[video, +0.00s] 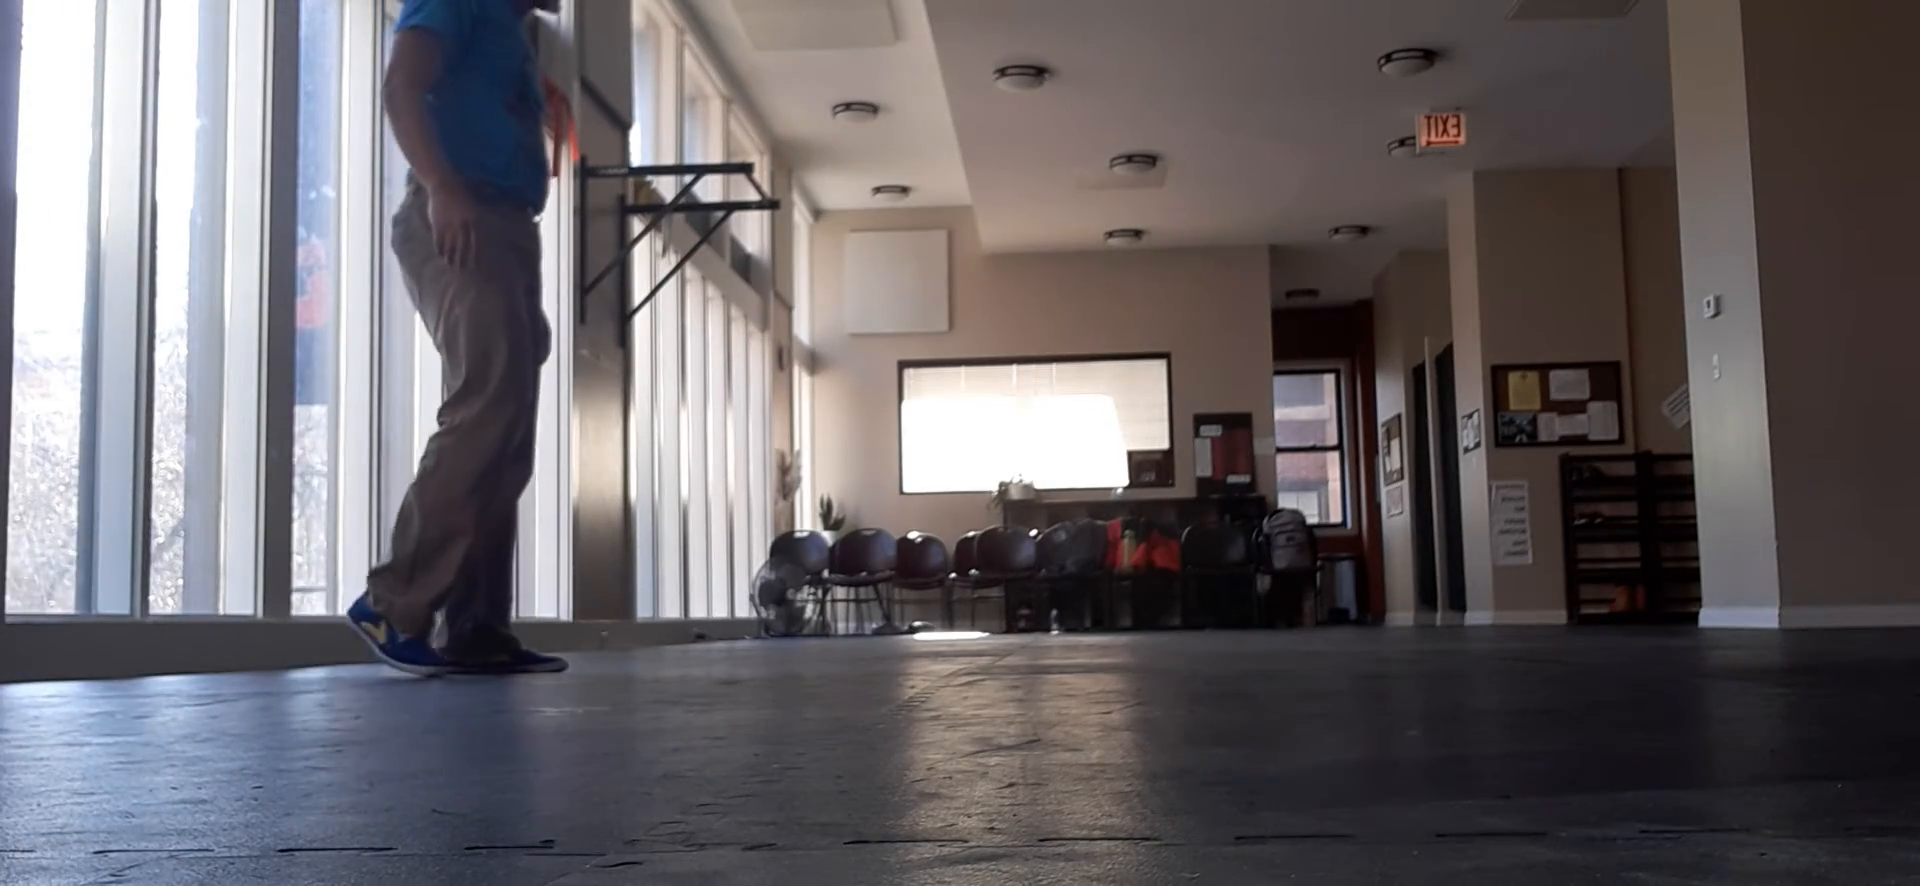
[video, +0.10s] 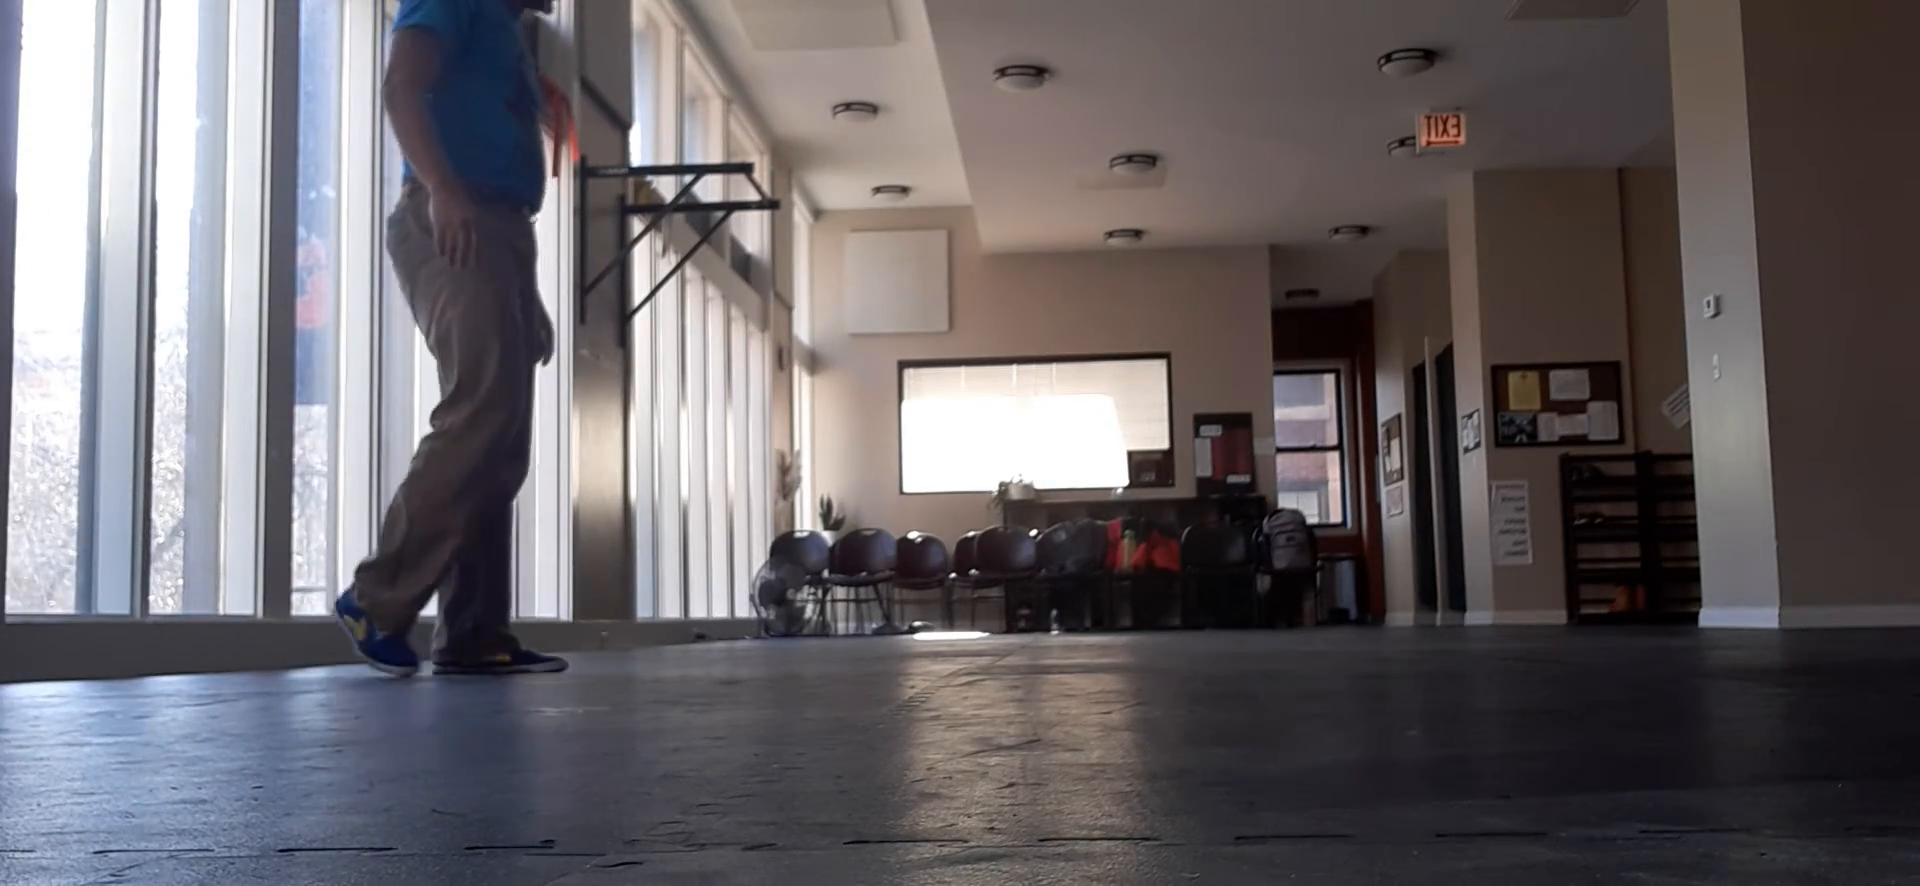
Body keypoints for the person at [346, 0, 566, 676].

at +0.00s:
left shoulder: (511, 24)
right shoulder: (457, 5)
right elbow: (402, 90)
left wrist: (542, 99)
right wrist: (442, 189)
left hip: (507, 219)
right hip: (460, 213)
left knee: (507, 428)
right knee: (486, 405)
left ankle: (475, 631)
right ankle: (393, 605)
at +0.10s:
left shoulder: (505, 26)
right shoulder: (452, 6)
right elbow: (403, 90)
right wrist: (444, 191)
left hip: (500, 225)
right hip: (456, 219)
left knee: (501, 438)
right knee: (481, 414)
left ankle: (474, 636)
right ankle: (378, 601)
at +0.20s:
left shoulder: (500, 34)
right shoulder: (447, 6)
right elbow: (399, 88)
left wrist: (523, 286)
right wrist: (446, 188)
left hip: (497, 230)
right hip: (451, 221)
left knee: (496, 445)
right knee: (472, 419)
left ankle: (474, 639)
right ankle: (358, 593)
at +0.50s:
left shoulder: (471, 30)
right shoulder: (394, 5)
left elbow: (471, 167)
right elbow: (357, 104)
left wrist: (504, 287)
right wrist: (422, 184)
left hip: (480, 238)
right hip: (411, 230)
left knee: (474, 453)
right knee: (391, 433)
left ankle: (472, 639)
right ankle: (328, 625)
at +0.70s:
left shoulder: (447, 18)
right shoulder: (353, 6)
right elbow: (307, 112)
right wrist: (363, 197)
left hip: (452, 236)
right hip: (376, 232)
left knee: (458, 453)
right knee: (354, 444)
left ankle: (467, 638)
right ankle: (322, 637)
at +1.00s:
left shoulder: (411, 29)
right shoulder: (316, 32)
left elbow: (413, 114)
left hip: (415, 241)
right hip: (331, 243)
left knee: (447, 450)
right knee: (314, 453)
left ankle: (464, 630)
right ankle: (318, 639)